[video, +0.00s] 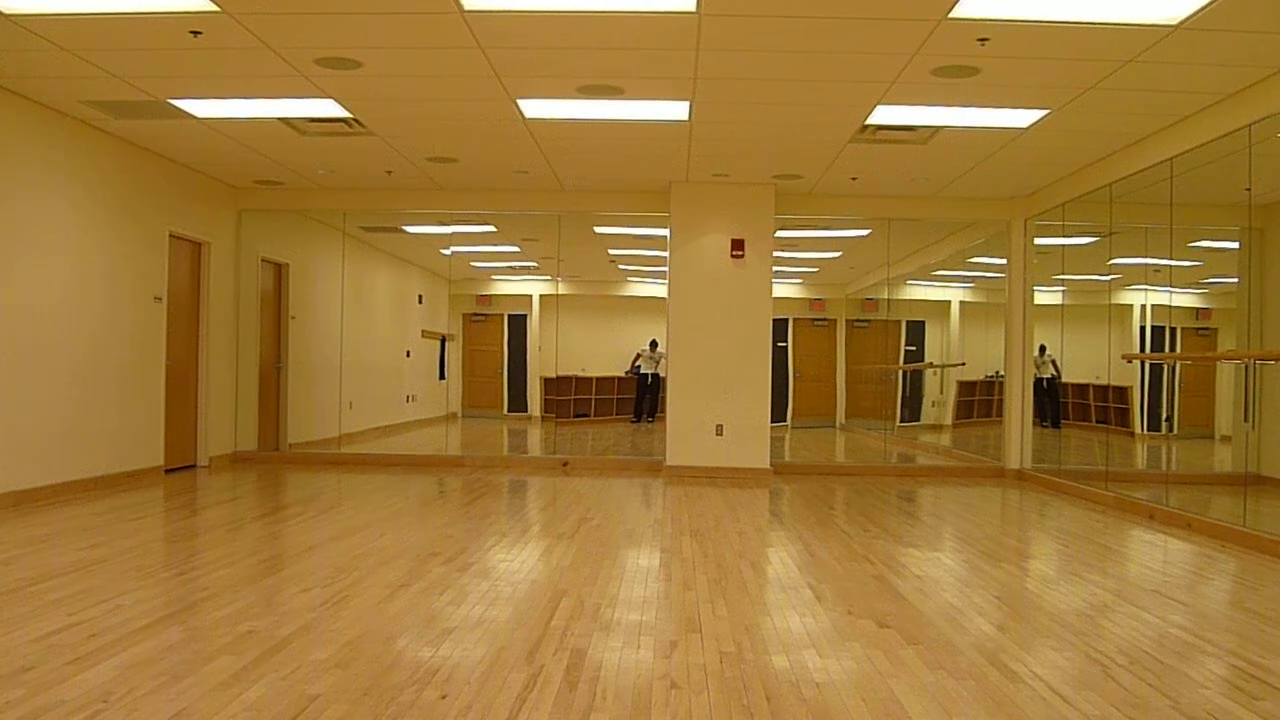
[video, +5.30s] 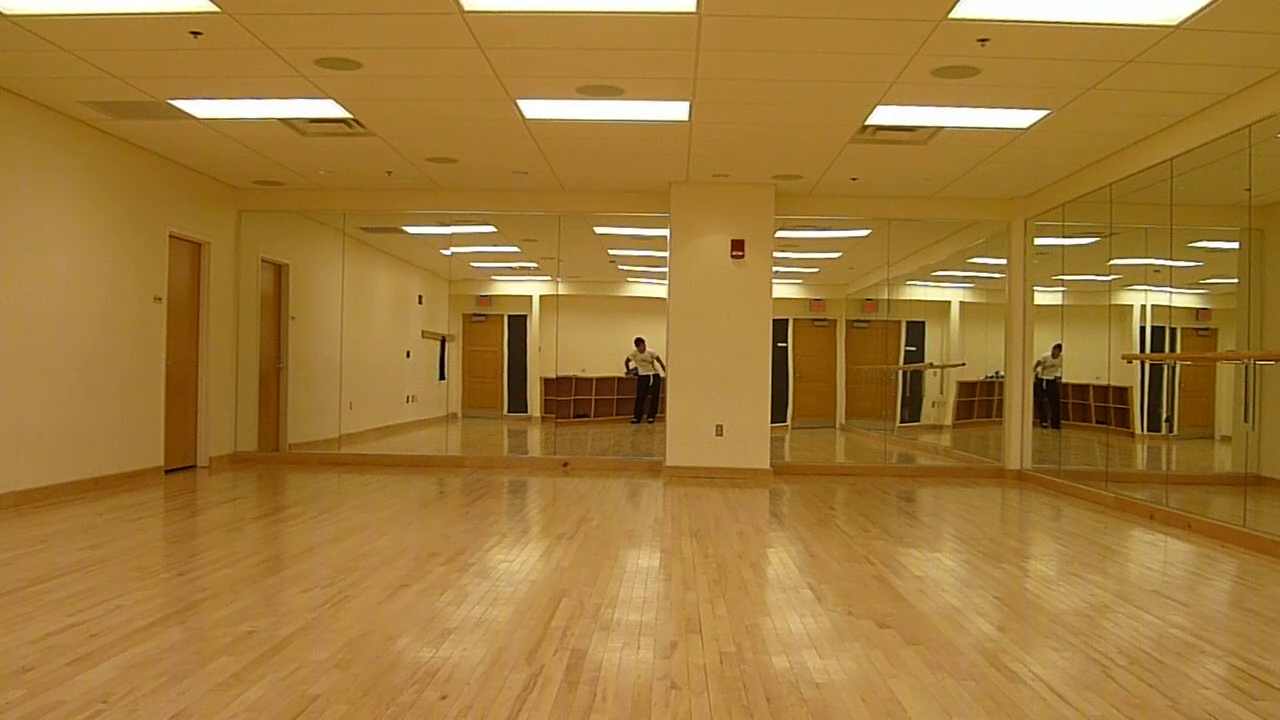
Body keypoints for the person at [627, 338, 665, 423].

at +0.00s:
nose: (652, 351)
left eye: (654, 349)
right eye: (651, 349)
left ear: (657, 348)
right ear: (649, 347)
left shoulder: (660, 354)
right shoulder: (643, 351)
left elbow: (669, 361)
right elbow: (635, 360)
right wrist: (631, 369)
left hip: (654, 373)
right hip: (643, 373)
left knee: (654, 396)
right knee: (640, 395)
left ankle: (651, 416)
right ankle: (637, 416)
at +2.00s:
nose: (652, 350)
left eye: (654, 348)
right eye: (651, 348)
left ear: (656, 348)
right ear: (648, 346)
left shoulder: (660, 354)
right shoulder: (642, 352)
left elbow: (668, 361)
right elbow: (634, 360)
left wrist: (667, 373)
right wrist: (631, 369)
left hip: (654, 374)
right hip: (643, 374)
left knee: (654, 396)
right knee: (640, 395)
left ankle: (651, 416)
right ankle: (637, 416)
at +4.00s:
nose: (652, 349)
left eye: (653, 347)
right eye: (650, 347)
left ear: (656, 347)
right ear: (648, 346)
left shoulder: (660, 354)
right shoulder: (642, 352)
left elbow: (668, 361)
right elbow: (634, 360)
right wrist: (630, 369)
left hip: (654, 373)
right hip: (643, 373)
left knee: (654, 396)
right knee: (640, 395)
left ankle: (651, 416)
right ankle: (637, 416)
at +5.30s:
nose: (641, 348)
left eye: (642, 345)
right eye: (639, 346)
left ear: (644, 345)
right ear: (636, 347)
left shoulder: (650, 353)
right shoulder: (634, 354)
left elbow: (659, 361)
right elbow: (627, 361)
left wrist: (665, 371)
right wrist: (628, 370)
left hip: (654, 374)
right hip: (642, 374)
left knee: (654, 396)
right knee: (640, 396)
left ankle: (651, 416)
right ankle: (637, 416)